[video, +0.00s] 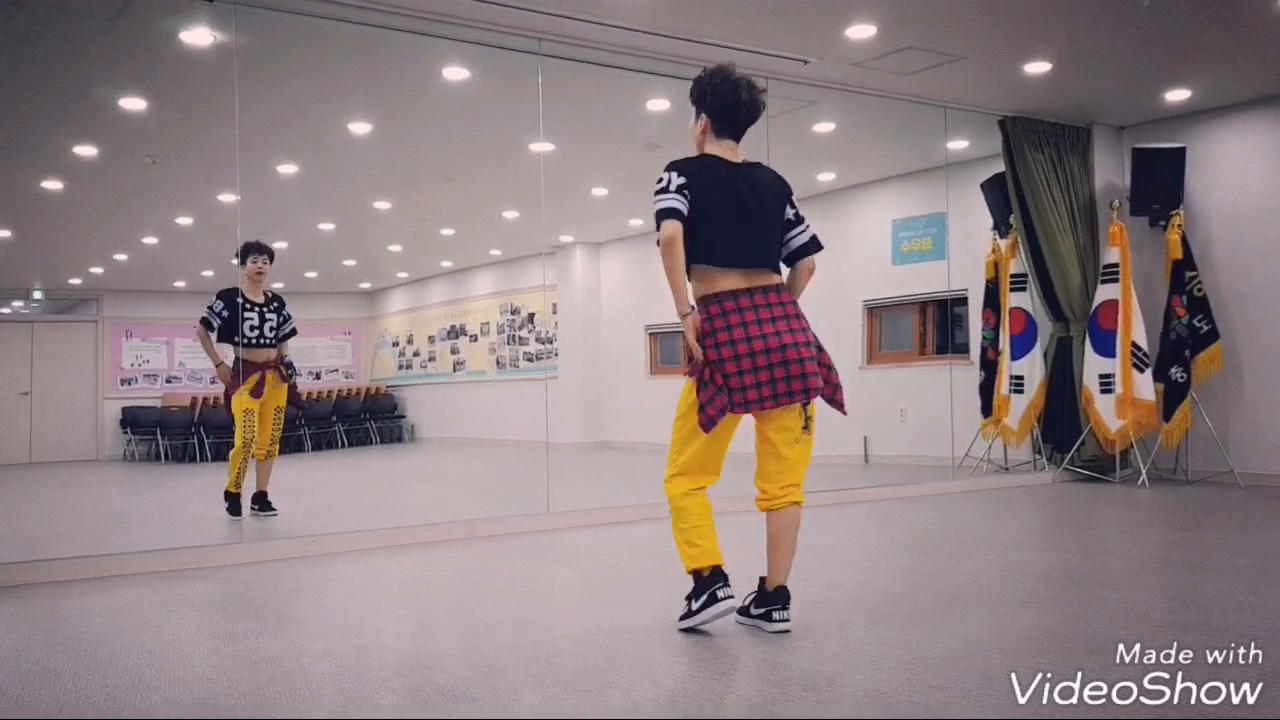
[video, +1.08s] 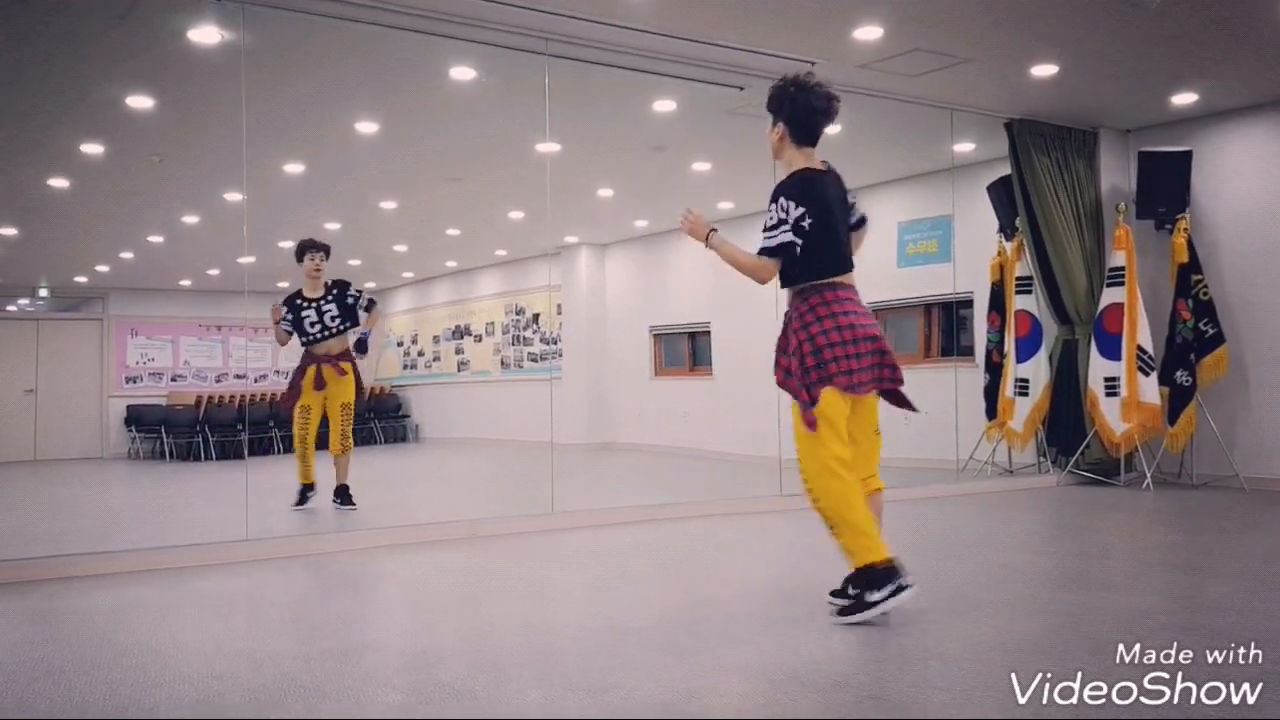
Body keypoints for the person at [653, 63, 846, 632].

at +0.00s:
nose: (692, 126)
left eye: (693, 118)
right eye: (696, 118)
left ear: (701, 122)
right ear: (747, 127)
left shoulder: (681, 174)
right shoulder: (772, 182)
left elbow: (671, 239)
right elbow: (807, 259)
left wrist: (685, 313)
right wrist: (778, 314)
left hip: (721, 332)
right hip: (784, 327)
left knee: (686, 477)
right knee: (784, 476)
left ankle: (708, 578)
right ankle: (775, 596)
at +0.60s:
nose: (686, 139)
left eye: (688, 130)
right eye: (691, 130)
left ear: (696, 137)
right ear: (741, 142)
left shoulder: (684, 189)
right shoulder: (759, 198)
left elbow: (645, 245)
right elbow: (786, 272)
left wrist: (645, 269)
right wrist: (752, 304)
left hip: (715, 341)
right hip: (775, 338)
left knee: (691, 488)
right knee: (778, 467)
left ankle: (709, 601)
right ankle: (792, 564)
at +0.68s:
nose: (696, 142)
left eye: (699, 134)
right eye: (699, 134)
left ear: (706, 141)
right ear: (751, 146)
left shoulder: (704, 195)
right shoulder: (767, 203)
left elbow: (674, 257)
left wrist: (654, 266)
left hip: (725, 340)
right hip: (779, 338)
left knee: (692, 487)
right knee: (786, 464)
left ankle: (709, 599)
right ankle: (819, 561)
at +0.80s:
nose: (719, 145)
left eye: (722, 136)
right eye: (721, 135)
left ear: (733, 143)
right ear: (770, 147)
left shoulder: (742, 200)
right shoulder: (782, 201)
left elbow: (738, 285)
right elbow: (787, 286)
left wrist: (680, 265)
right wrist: (710, 275)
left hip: (756, 340)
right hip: (797, 340)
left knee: (713, 480)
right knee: (802, 475)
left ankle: (715, 599)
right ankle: (858, 567)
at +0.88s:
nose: (730, 139)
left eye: (734, 130)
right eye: (734, 129)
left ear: (745, 138)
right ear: (781, 141)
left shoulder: (763, 197)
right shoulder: (791, 196)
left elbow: (760, 281)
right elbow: (803, 281)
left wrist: (697, 261)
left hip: (780, 343)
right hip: (812, 341)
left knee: (741, 471)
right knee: (819, 470)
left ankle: (726, 589)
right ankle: (863, 575)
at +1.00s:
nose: (756, 135)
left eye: (758, 125)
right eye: (759, 125)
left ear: (769, 132)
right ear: (805, 132)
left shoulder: (785, 192)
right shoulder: (818, 188)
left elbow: (773, 275)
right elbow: (827, 266)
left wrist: (712, 244)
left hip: (807, 328)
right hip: (844, 323)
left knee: (798, 459)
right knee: (852, 459)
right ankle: (869, 576)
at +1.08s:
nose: (767, 135)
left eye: (768, 126)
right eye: (769, 125)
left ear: (778, 131)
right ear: (817, 130)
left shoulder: (790, 189)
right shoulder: (834, 182)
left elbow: (763, 270)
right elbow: (856, 236)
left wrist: (709, 237)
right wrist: (820, 262)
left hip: (816, 321)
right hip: (854, 315)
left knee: (820, 464)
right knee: (859, 453)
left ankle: (875, 569)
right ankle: (871, 565)